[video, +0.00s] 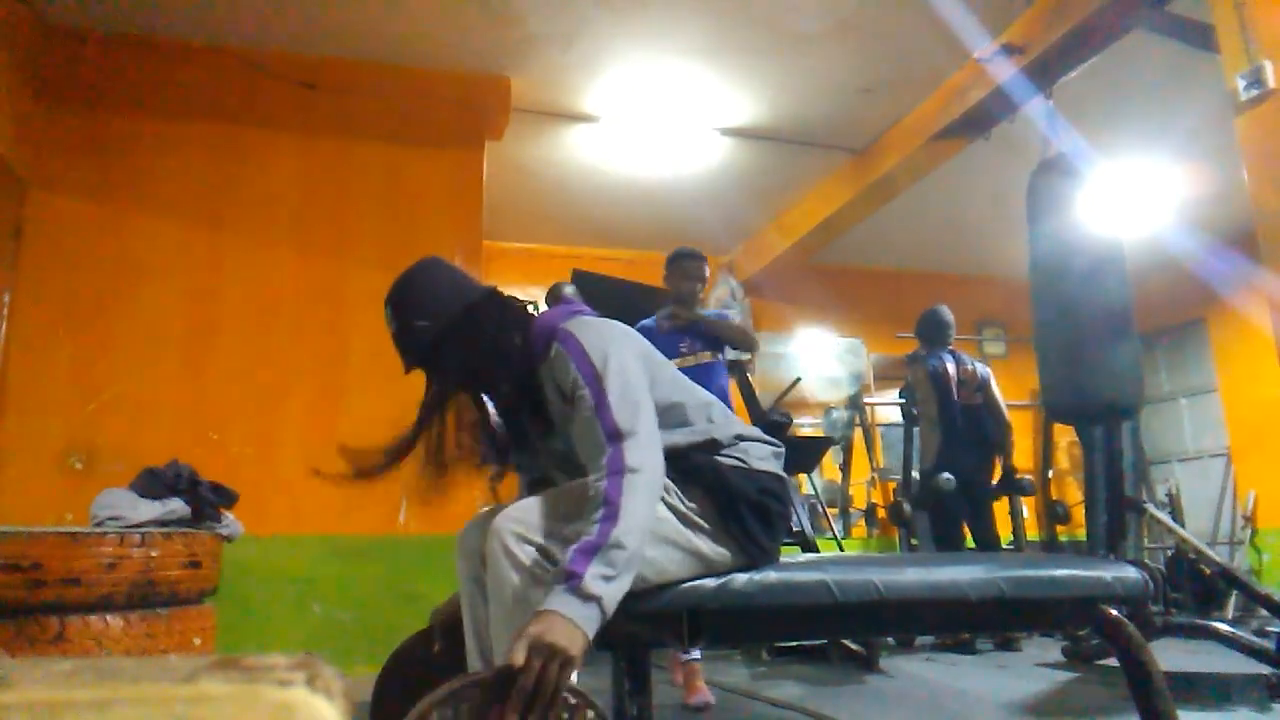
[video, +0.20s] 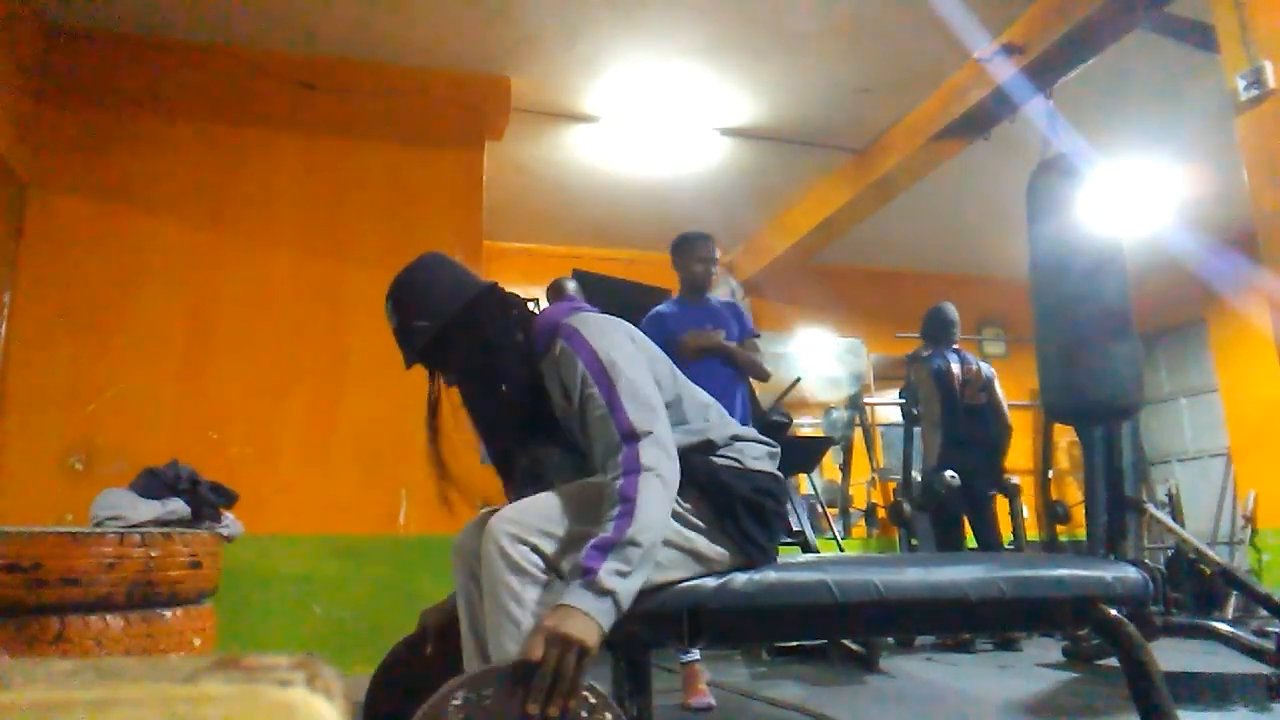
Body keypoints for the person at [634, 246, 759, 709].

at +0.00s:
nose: (692, 286)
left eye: (699, 279)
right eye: (684, 278)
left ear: (707, 283)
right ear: (666, 280)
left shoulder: (717, 324)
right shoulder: (645, 331)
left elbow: (750, 342)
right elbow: (627, 382)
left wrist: (699, 319)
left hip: (717, 450)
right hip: (662, 451)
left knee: (704, 554)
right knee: (670, 556)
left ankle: (689, 657)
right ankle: (685, 658)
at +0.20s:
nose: (707, 268)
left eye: (711, 260)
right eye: (697, 261)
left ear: (717, 265)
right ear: (676, 266)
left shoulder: (732, 312)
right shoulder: (659, 318)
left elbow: (761, 369)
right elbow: (648, 379)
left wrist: (723, 346)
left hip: (737, 446)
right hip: (683, 447)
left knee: (733, 542)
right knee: (686, 550)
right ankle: (691, 665)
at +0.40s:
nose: (743, 261)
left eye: (747, 253)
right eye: (736, 252)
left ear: (746, 258)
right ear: (708, 253)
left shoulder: (750, 307)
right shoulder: (686, 299)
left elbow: (775, 364)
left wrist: (730, 336)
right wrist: (760, 347)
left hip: (753, 444)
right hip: (704, 445)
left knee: (763, 550)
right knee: (701, 553)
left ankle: (761, 662)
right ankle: (697, 673)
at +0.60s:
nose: (788, 254)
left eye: (789, 247)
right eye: (779, 246)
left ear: (780, 252)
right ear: (748, 247)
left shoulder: (784, 308)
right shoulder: (728, 290)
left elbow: (805, 369)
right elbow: (749, 358)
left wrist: (763, 340)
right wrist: (828, 390)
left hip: (783, 448)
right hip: (734, 446)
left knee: (813, 553)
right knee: (714, 557)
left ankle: (856, 681)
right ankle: (700, 679)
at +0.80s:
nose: (840, 238)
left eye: (841, 231)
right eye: (831, 229)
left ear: (827, 235)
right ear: (799, 229)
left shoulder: (834, 294)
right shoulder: (780, 276)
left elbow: (865, 353)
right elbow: (804, 352)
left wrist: (822, 324)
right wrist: (861, 405)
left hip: (833, 439)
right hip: (791, 436)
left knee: (844, 554)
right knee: (785, 553)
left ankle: (862, 680)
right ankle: (735, 663)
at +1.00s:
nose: (882, 222)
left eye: (882, 214)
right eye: (874, 214)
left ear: (860, 218)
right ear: (843, 215)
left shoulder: (870, 279)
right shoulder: (828, 267)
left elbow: (905, 349)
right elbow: (843, 352)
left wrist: (869, 319)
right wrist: (880, 426)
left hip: (865, 421)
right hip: (839, 420)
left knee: (873, 538)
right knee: (876, 532)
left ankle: (866, 683)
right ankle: (864, 686)